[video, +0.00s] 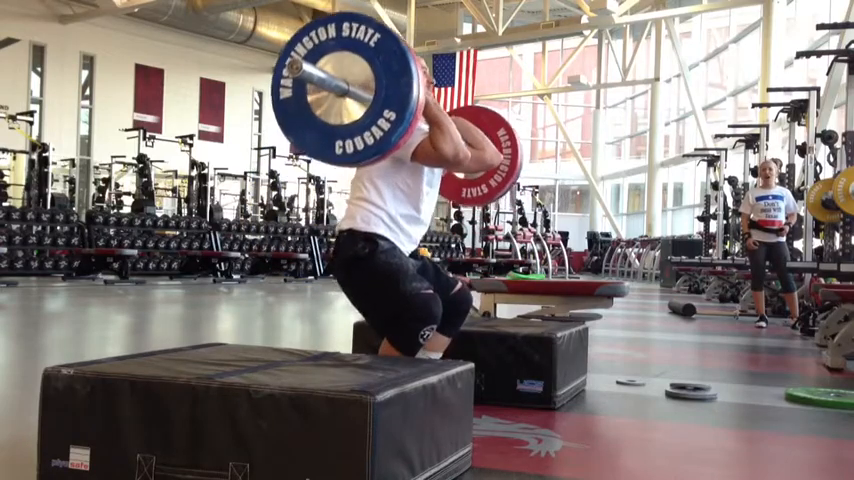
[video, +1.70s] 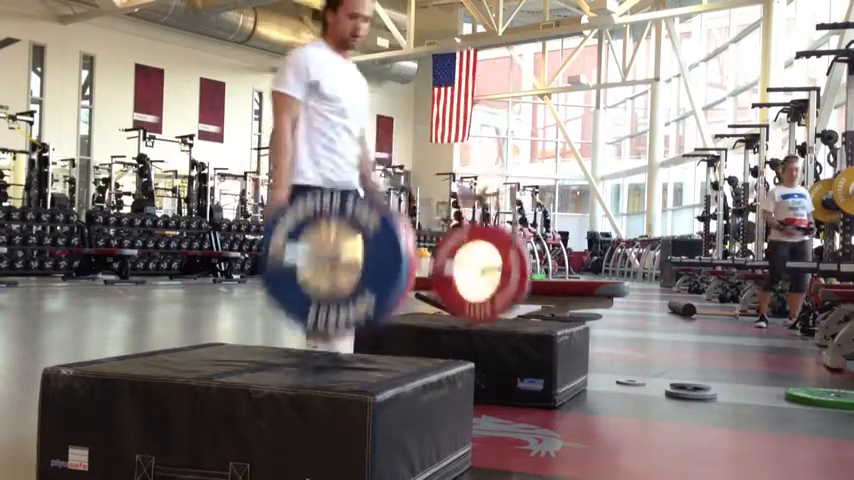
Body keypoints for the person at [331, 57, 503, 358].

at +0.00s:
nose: (424, 84)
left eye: (425, 77)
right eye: (415, 75)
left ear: (428, 86)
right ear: (398, 85)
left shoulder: (428, 136)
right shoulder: (392, 122)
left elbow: (491, 156)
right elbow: (452, 155)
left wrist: (444, 117)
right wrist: (427, 101)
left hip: (398, 250)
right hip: (364, 246)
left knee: (457, 300)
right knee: (418, 310)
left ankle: (413, 389)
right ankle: (375, 398)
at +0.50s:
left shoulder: (438, 92)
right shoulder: (398, 76)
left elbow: (498, 103)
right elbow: (460, 92)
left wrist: (454, 69)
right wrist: (430, 48)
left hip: (438, 214)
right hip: (403, 207)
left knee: (457, 297)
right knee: (415, 303)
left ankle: (418, 383)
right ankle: (378, 393)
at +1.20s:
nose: (430, 10)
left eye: (431, 5)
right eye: (424, 3)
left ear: (431, 12)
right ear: (404, 7)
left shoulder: (430, 59)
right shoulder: (388, 44)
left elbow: (451, 121)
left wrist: (470, 85)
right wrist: (434, 67)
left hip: (415, 193)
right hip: (378, 186)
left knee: (411, 296)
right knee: (378, 296)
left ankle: (412, 382)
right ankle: (370, 389)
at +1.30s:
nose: (430, 15)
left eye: (432, 10)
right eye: (426, 7)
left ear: (424, 12)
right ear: (407, 4)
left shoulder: (410, 47)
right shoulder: (371, 36)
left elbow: (403, 98)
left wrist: (439, 87)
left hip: (401, 188)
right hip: (367, 186)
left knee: (414, 276)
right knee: (371, 294)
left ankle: (391, 373)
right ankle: (370, 386)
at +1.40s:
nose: (415, 15)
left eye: (417, 9)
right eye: (408, 6)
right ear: (381, 7)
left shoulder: (399, 65)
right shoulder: (362, 52)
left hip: (396, 196)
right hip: (361, 194)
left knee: (403, 292)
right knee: (367, 299)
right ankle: (373, 386)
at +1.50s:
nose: (398, 24)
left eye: (402, 16)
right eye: (390, 14)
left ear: (403, 20)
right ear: (363, 13)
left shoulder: (381, 70)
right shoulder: (340, 58)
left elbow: (373, 136)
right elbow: (292, 113)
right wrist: (252, 160)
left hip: (375, 189)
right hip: (343, 186)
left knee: (370, 286)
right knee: (358, 291)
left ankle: (323, 365)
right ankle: (373, 384)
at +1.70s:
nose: (360, 26)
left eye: (366, 20)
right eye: (353, 17)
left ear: (370, 26)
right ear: (330, 15)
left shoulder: (356, 78)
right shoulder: (304, 59)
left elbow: (360, 145)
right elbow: (283, 125)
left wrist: (376, 196)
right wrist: (280, 189)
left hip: (350, 196)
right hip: (311, 193)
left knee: (339, 290)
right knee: (326, 291)